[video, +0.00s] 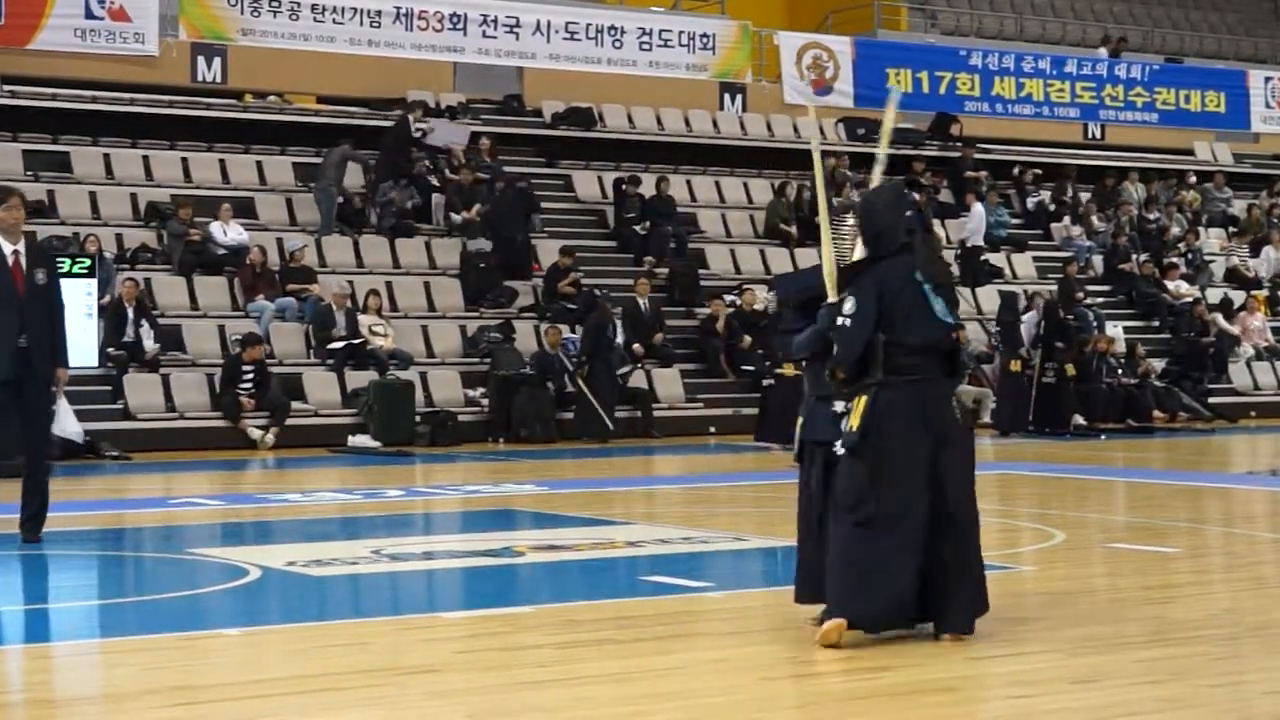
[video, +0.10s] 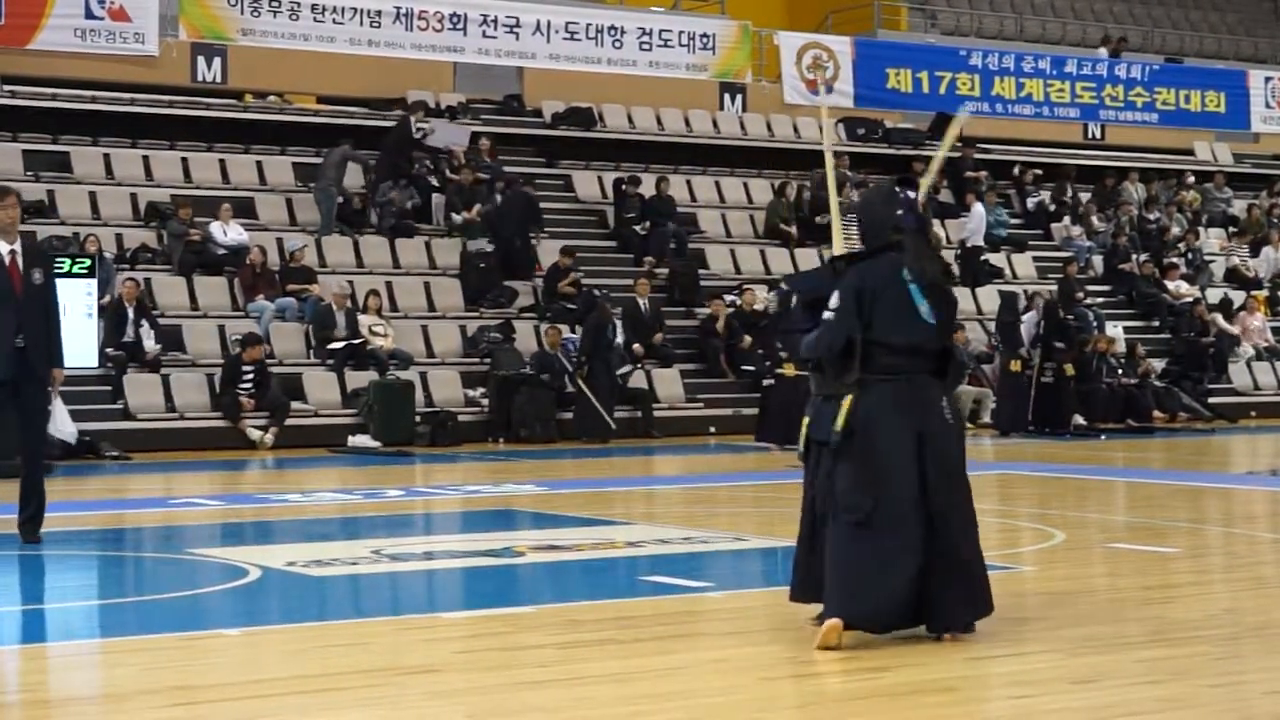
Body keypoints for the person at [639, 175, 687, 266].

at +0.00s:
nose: (667, 187)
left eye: (668, 184)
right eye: (664, 184)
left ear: (669, 186)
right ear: (659, 186)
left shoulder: (671, 199)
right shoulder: (651, 200)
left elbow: (674, 214)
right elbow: (650, 217)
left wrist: (672, 224)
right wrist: (663, 224)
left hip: (670, 224)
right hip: (657, 224)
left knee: (681, 234)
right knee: (664, 233)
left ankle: (682, 259)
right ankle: (661, 258)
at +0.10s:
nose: (667, 187)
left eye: (667, 184)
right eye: (664, 184)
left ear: (669, 186)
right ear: (659, 186)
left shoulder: (670, 199)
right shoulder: (651, 200)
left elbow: (674, 213)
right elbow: (650, 216)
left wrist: (673, 222)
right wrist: (664, 223)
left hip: (669, 225)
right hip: (657, 225)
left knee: (681, 233)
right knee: (665, 233)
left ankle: (681, 259)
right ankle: (661, 258)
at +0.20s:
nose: (667, 187)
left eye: (667, 184)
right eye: (664, 184)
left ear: (668, 186)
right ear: (659, 186)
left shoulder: (670, 199)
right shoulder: (651, 200)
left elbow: (675, 214)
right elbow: (649, 217)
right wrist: (666, 215)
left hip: (671, 225)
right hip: (658, 225)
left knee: (681, 234)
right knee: (666, 233)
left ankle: (681, 260)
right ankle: (660, 258)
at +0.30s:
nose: (666, 187)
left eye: (667, 185)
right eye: (663, 185)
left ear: (668, 186)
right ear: (658, 186)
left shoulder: (670, 199)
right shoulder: (651, 200)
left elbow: (674, 213)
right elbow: (650, 215)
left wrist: (672, 224)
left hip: (670, 224)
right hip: (657, 225)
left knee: (681, 233)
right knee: (665, 233)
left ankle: (682, 260)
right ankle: (663, 261)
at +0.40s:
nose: (665, 187)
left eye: (666, 185)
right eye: (663, 185)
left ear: (668, 186)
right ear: (657, 186)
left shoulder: (670, 199)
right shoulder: (651, 200)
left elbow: (674, 214)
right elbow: (650, 215)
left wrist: (673, 224)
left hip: (670, 224)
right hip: (657, 225)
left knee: (681, 234)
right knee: (665, 233)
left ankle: (682, 260)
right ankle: (663, 261)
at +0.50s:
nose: (665, 187)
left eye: (666, 185)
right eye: (663, 184)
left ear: (668, 186)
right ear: (657, 186)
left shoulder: (670, 199)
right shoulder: (651, 200)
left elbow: (673, 213)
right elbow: (650, 215)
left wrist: (673, 224)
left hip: (670, 224)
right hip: (657, 225)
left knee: (681, 234)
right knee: (665, 233)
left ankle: (682, 260)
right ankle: (664, 261)